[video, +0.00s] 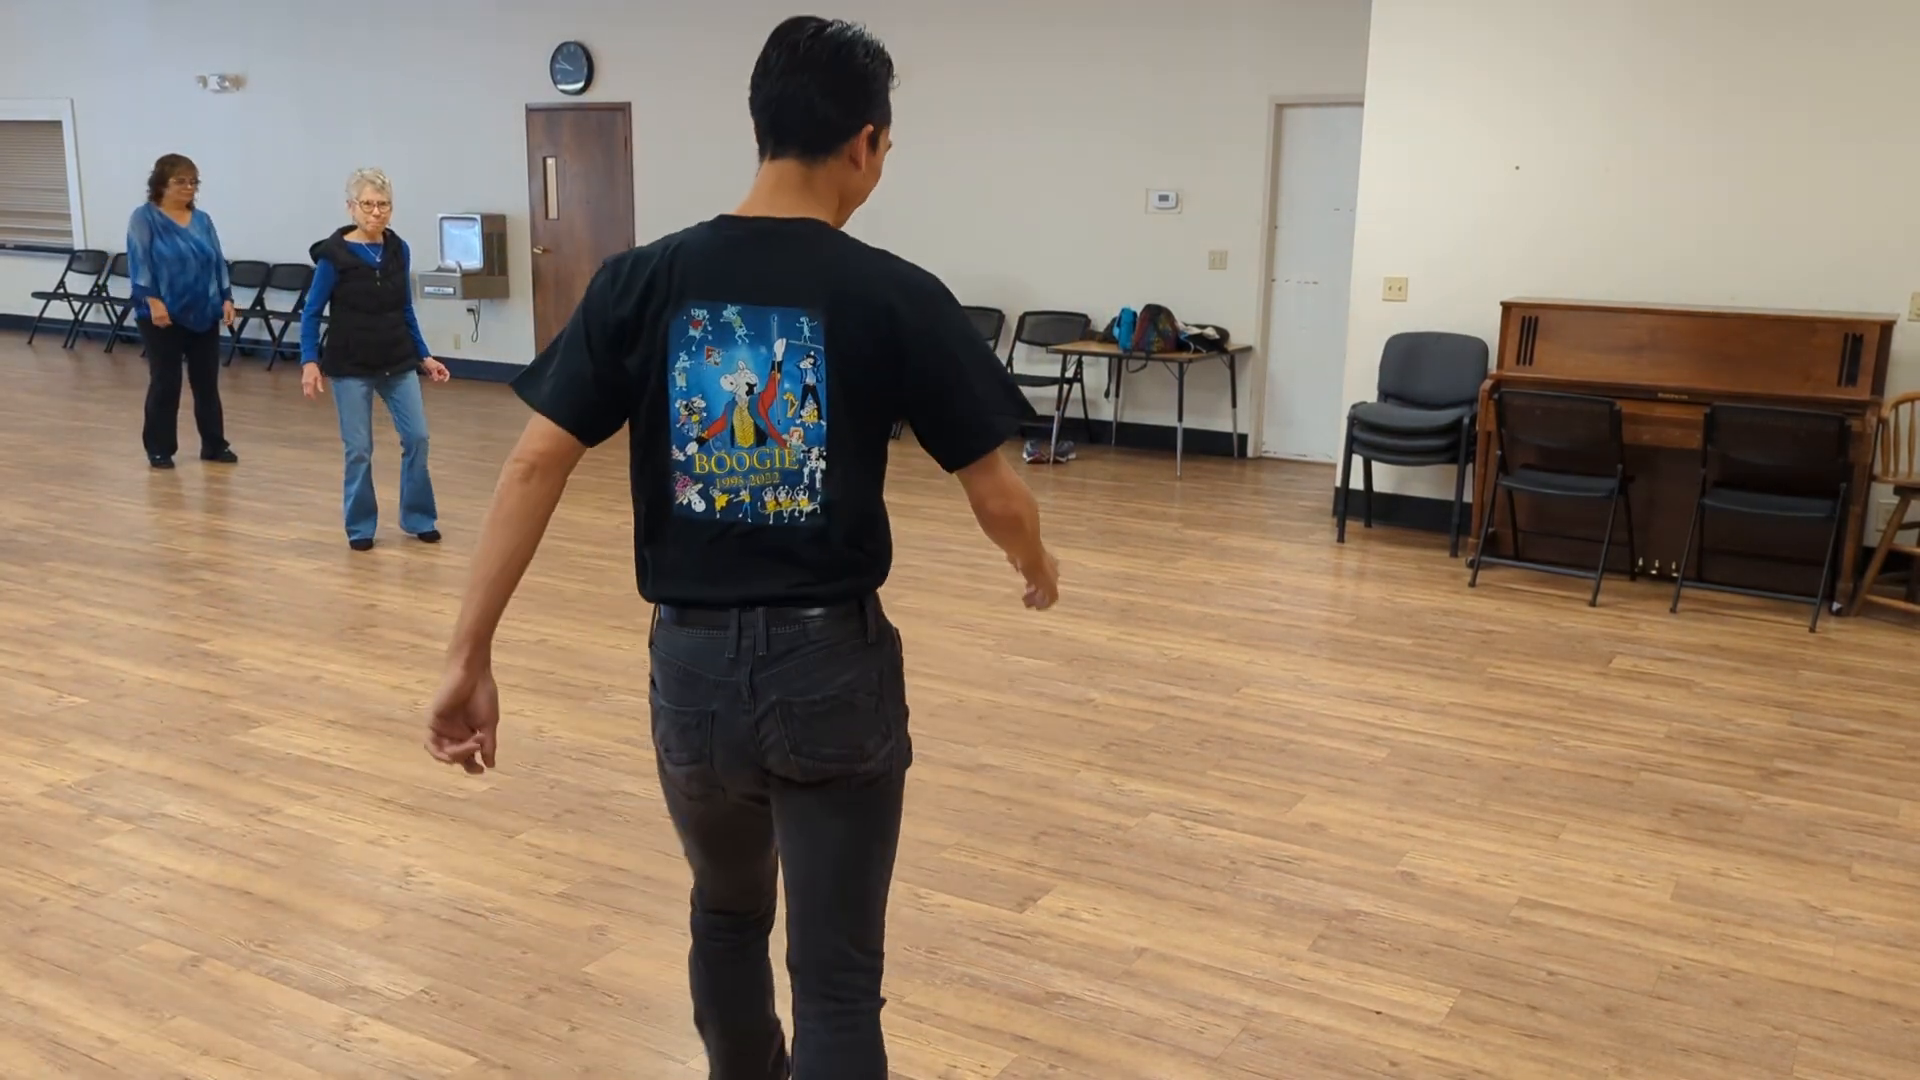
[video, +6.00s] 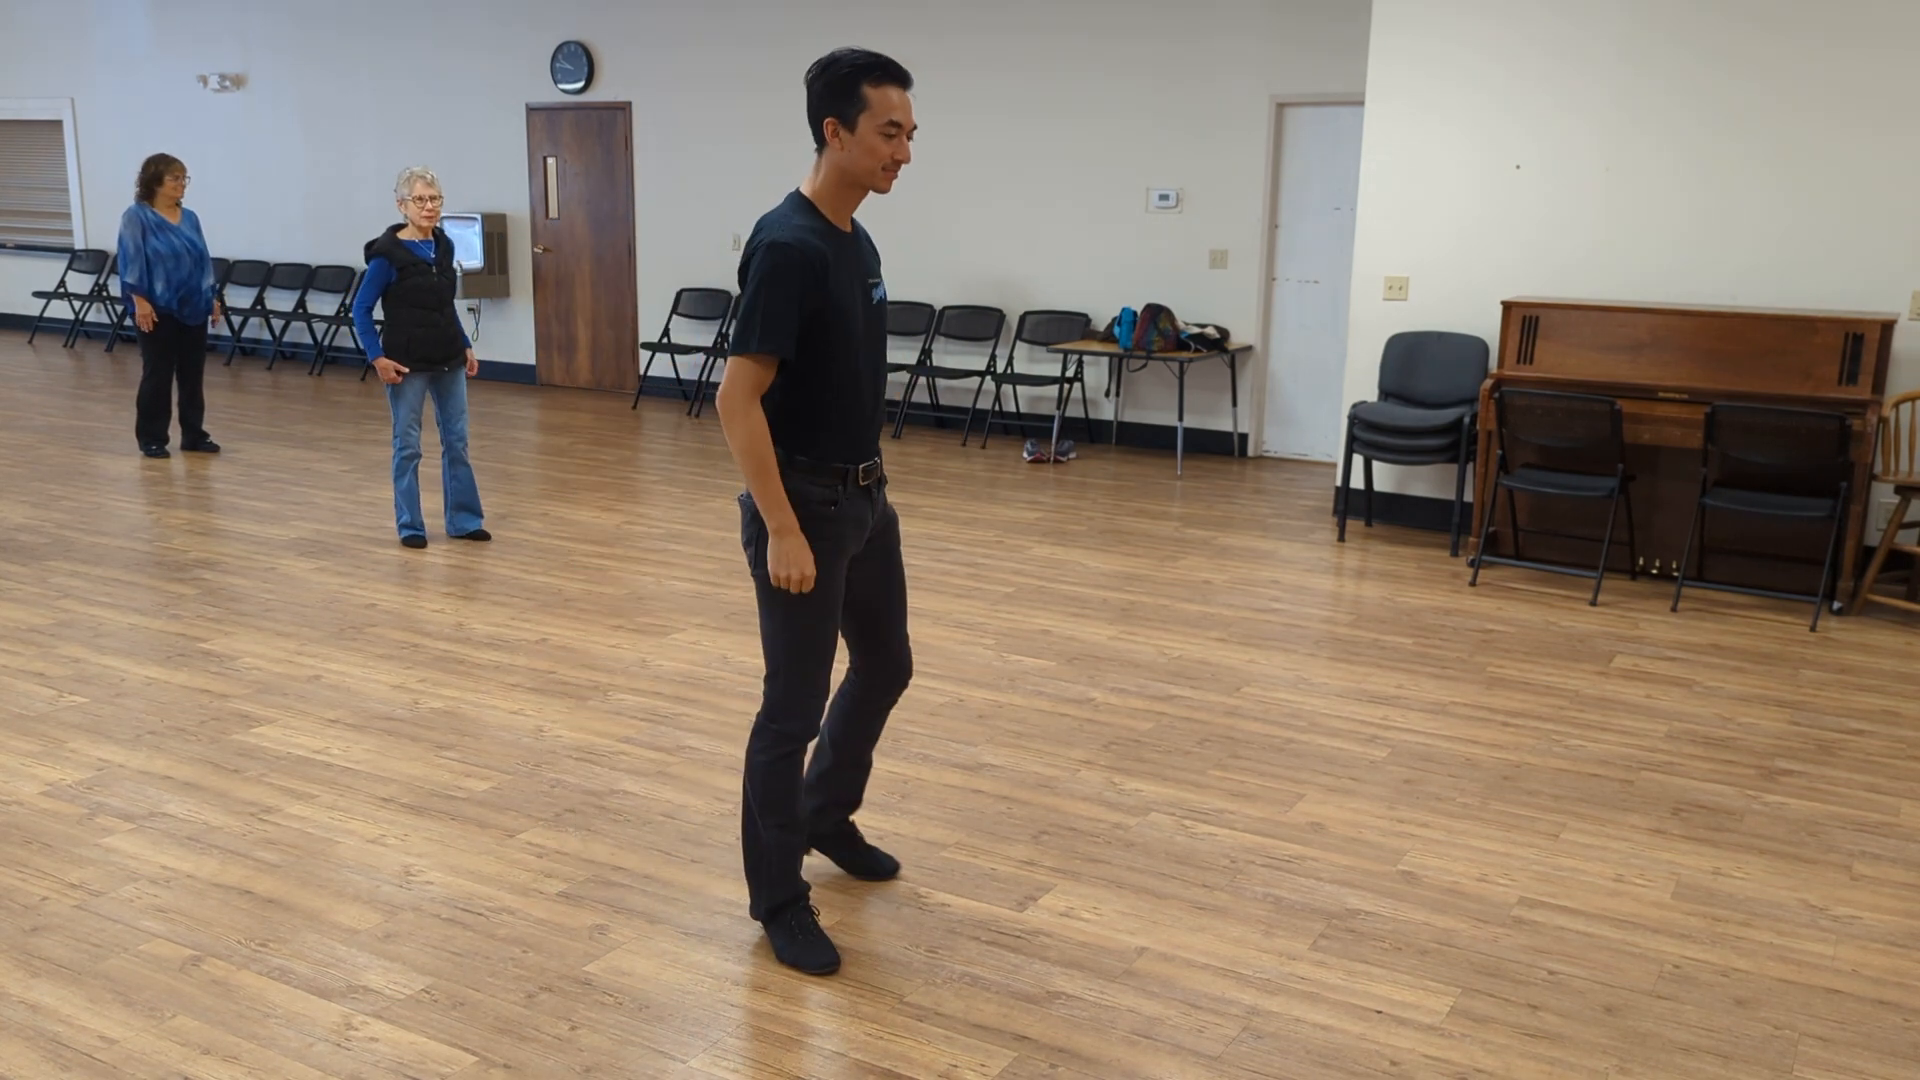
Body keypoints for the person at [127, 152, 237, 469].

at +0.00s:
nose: (190, 187)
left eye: (193, 181)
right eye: (182, 181)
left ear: (196, 184)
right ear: (163, 183)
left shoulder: (202, 219)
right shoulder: (144, 217)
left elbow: (219, 262)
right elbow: (139, 264)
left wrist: (226, 298)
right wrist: (153, 300)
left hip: (203, 313)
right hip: (163, 314)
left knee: (206, 383)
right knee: (166, 383)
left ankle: (214, 445)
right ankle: (159, 451)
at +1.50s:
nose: (154, 184)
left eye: (159, 179)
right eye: (146, 179)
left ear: (167, 183)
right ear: (133, 184)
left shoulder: (178, 217)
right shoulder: (120, 217)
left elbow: (195, 260)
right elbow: (110, 263)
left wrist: (201, 298)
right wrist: (115, 301)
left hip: (183, 310)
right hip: (143, 312)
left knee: (195, 378)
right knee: (150, 379)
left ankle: (211, 441)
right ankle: (152, 441)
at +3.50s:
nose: (166, 183)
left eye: (172, 178)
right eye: (159, 178)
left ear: (180, 183)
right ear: (147, 183)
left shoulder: (189, 218)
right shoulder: (134, 216)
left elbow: (204, 261)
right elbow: (128, 262)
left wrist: (214, 296)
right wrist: (134, 298)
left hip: (192, 308)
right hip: (155, 308)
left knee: (192, 375)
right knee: (157, 375)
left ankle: (193, 436)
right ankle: (152, 440)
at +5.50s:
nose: (182, 185)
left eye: (185, 180)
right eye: (175, 179)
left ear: (186, 183)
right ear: (156, 182)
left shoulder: (190, 217)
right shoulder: (137, 216)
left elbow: (205, 261)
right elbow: (133, 262)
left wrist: (216, 296)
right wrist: (143, 298)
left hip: (194, 308)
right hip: (158, 308)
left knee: (193, 374)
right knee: (159, 374)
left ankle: (193, 435)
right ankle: (152, 440)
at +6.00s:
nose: (182, 184)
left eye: (184, 179)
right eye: (175, 178)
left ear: (183, 183)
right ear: (156, 182)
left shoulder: (189, 217)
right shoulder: (136, 216)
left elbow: (203, 261)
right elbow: (132, 263)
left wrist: (213, 296)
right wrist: (140, 301)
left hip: (193, 308)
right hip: (157, 308)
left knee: (192, 375)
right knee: (158, 374)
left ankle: (193, 435)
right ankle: (152, 440)